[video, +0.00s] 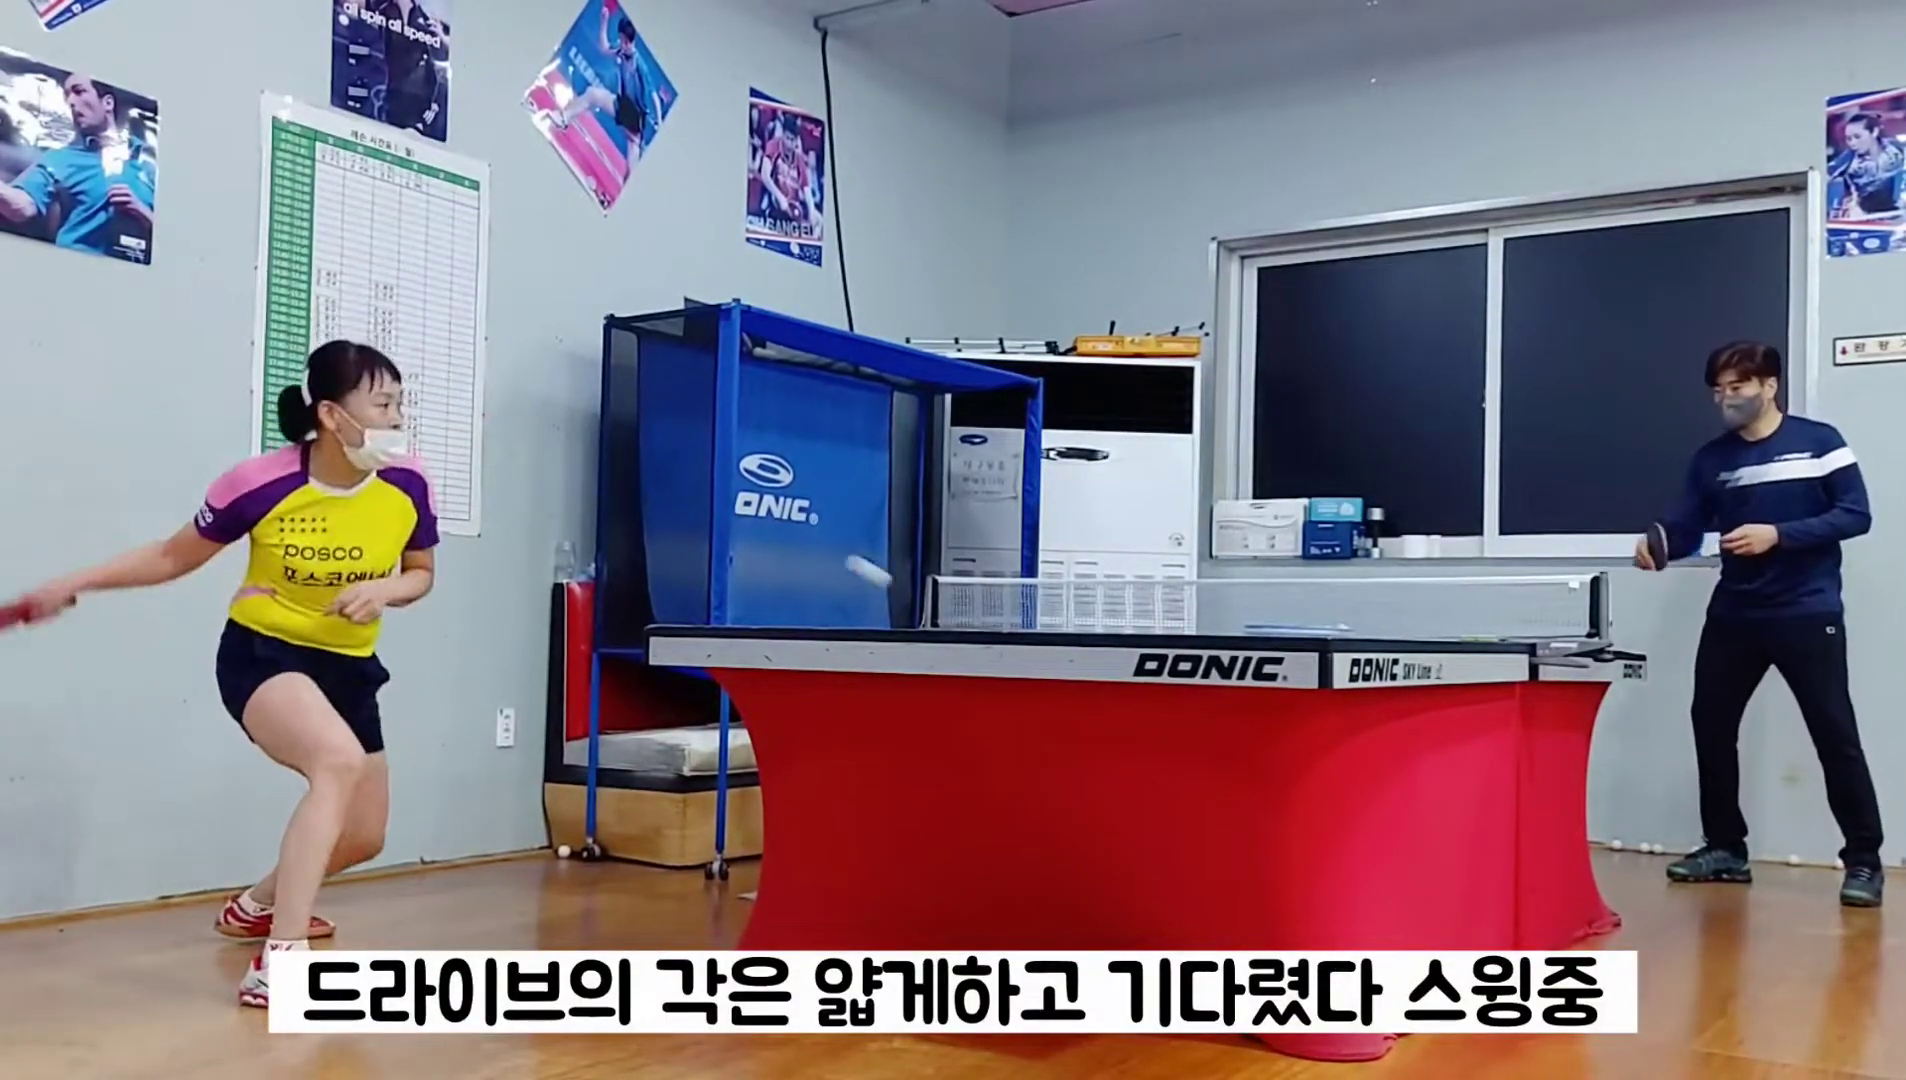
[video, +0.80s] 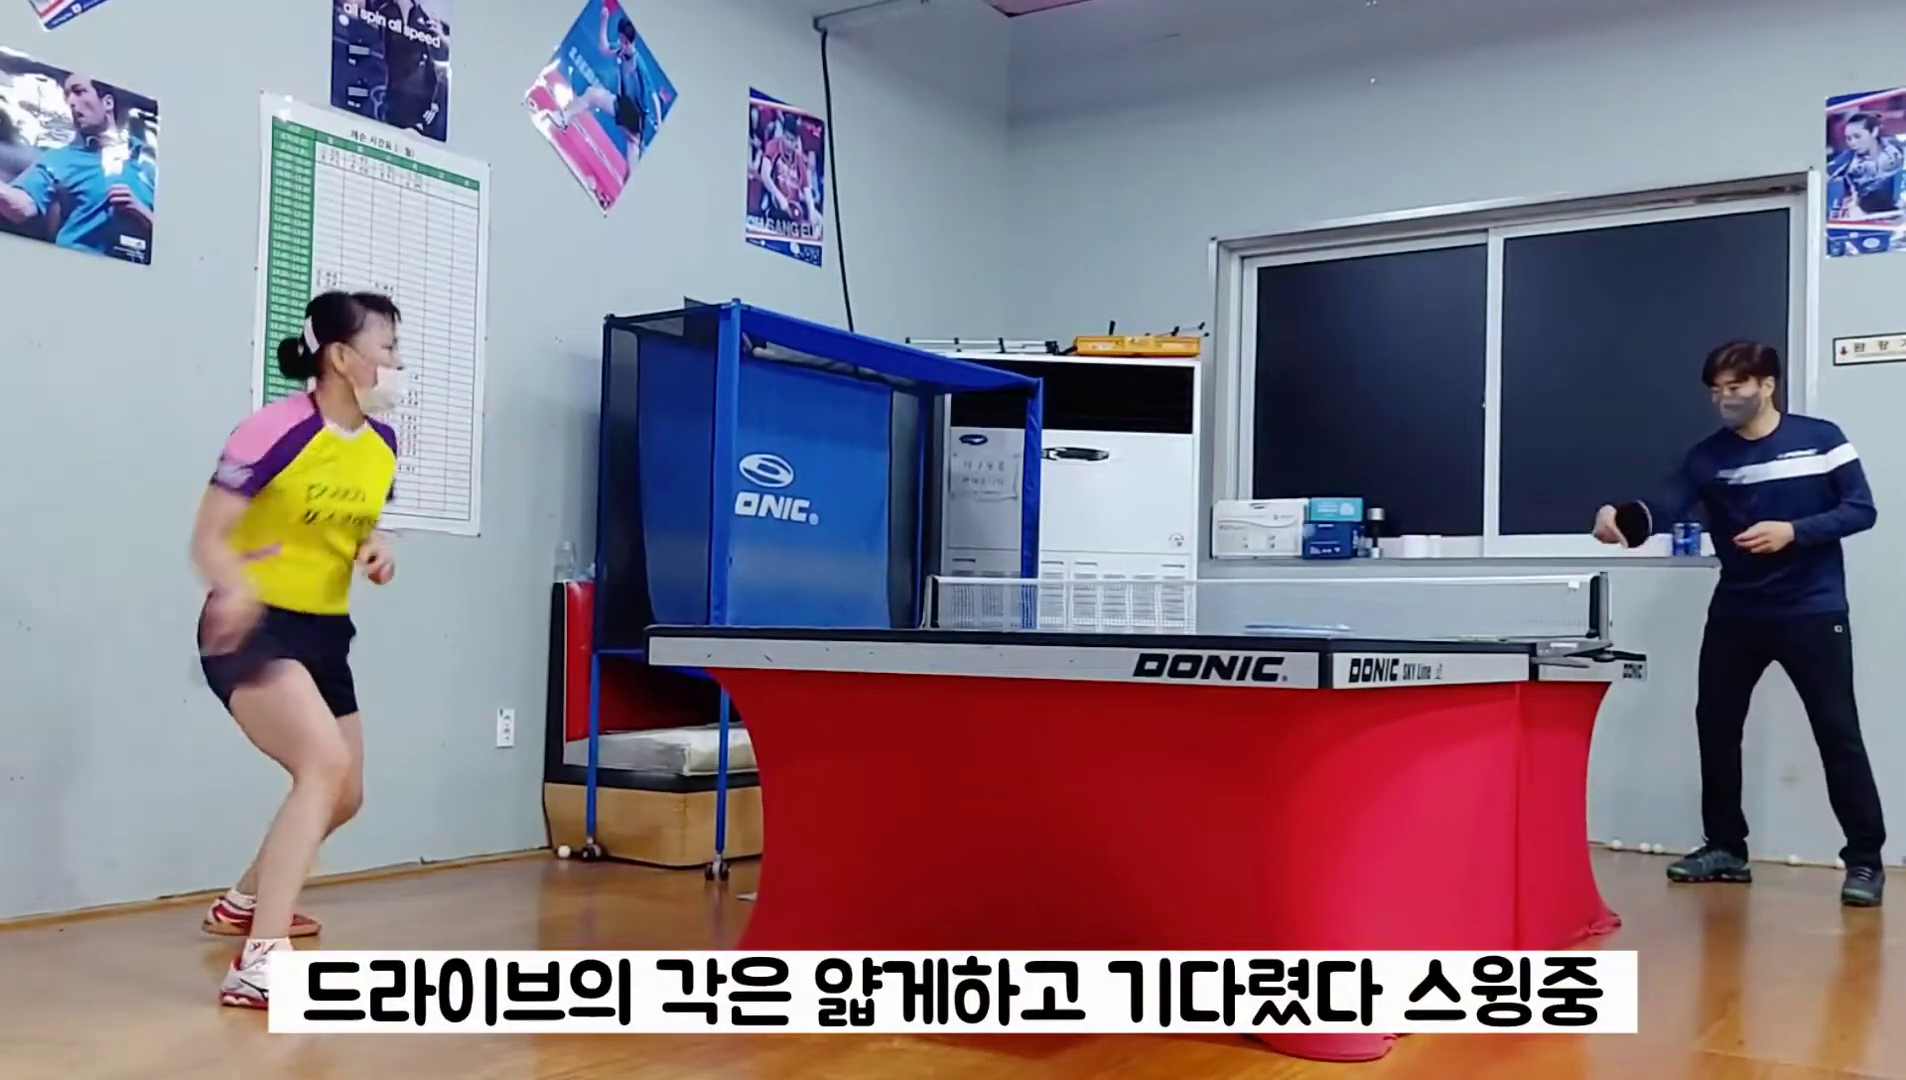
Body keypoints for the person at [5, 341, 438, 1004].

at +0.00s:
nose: (395, 416)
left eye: (397, 401)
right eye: (380, 402)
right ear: (330, 416)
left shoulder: (409, 485)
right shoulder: (260, 485)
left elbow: (420, 574)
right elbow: (173, 557)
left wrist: (386, 591)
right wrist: (72, 585)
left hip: (348, 668)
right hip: (263, 652)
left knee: (363, 837)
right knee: (339, 761)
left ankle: (258, 905)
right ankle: (280, 962)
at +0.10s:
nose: (398, 392)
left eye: (402, 378)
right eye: (385, 377)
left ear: (399, 386)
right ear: (333, 383)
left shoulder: (408, 465)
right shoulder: (265, 454)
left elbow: (413, 552)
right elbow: (178, 528)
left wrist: (389, 564)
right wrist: (73, 539)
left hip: (341, 648)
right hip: (260, 633)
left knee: (358, 815)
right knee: (332, 762)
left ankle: (259, 901)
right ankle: (281, 962)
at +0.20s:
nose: (415, 355)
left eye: (420, 342)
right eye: (404, 338)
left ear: (409, 349)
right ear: (355, 336)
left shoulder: (394, 425)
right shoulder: (291, 398)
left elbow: (371, 516)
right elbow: (216, 492)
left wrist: (386, 523)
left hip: (324, 612)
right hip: (259, 599)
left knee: (352, 771)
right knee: (325, 757)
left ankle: (268, 893)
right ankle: (276, 962)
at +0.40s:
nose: (400, 389)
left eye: (401, 377)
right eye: (395, 374)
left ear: (335, 367)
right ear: (356, 362)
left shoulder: (272, 428)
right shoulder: (347, 398)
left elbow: (247, 524)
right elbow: (467, 381)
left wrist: (336, 558)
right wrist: (475, 343)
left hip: (218, 622)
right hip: (269, 621)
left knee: (303, 772)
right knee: (347, 806)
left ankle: (260, 910)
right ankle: (253, 968)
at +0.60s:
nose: (397, 369)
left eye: (398, 356)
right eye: (390, 352)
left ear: (336, 350)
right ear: (349, 343)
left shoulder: (288, 404)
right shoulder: (334, 388)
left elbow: (279, 491)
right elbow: (434, 446)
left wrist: (341, 537)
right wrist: (482, 439)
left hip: (242, 606)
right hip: (268, 608)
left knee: (306, 773)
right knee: (334, 784)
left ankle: (261, 908)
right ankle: (253, 965)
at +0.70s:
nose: (401, 342)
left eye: (401, 329)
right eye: (392, 328)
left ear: (355, 334)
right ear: (348, 330)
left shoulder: (343, 402)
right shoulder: (312, 384)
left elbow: (315, 503)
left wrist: (359, 527)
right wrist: (418, 519)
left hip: (298, 607)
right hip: (253, 600)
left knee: (333, 767)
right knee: (321, 764)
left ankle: (253, 897)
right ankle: (261, 958)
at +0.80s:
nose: (395, 362)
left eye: (395, 349)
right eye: (384, 348)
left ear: (355, 358)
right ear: (337, 357)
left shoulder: (383, 444)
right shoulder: (272, 430)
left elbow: (356, 522)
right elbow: (208, 534)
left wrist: (377, 544)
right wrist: (231, 581)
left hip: (323, 632)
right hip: (251, 625)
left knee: (346, 795)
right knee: (323, 767)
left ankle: (246, 898)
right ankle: (260, 960)